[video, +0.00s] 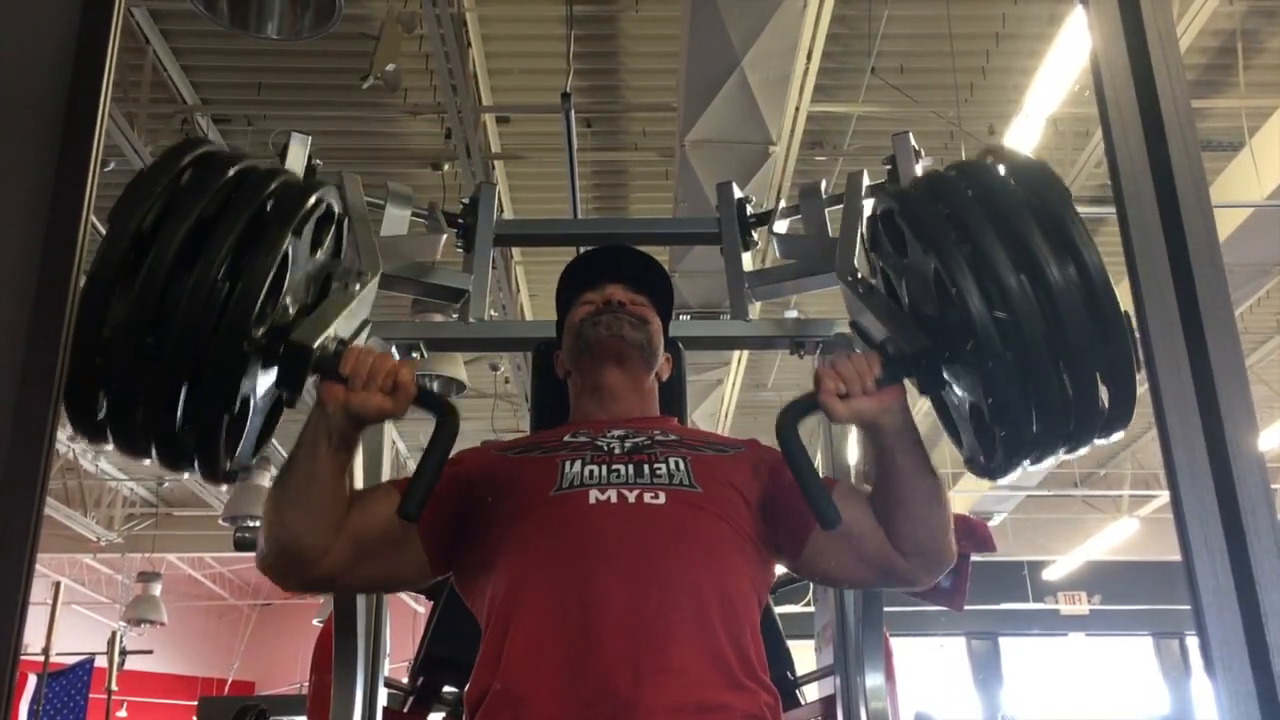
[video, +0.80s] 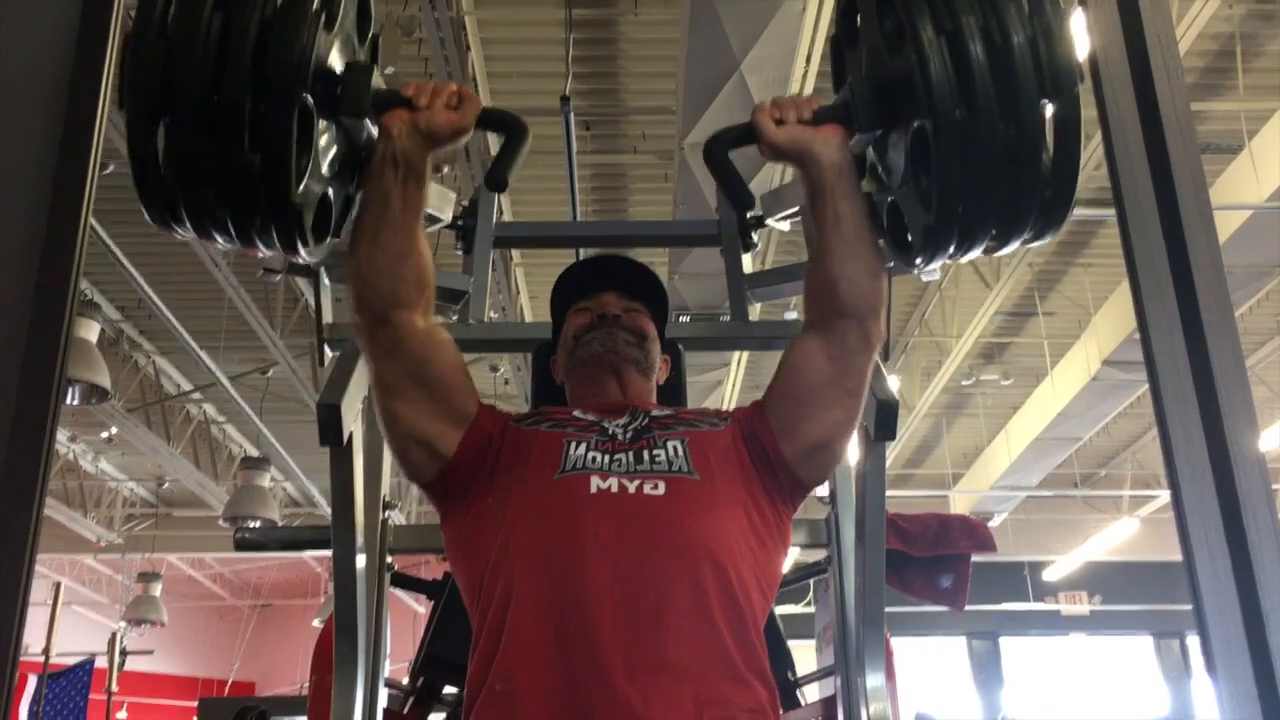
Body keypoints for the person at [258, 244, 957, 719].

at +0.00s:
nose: (616, 306)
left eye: (639, 307)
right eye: (591, 306)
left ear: (670, 360)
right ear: (557, 359)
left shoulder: (748, 465)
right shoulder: (489, 471)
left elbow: (917, 558)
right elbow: (298, 557)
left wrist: (890, 425)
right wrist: (336, 418)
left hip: (724, 705)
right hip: (530, 707)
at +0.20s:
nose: (610, 312)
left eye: (634, 313)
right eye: (586, 313)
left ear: (666, 365)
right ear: (555, 364)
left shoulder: (741, 460)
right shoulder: (487, 467)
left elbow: (925, 486)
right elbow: (293, 479)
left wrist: (867, 342)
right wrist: (358, 336)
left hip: (726, 703)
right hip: (526, 703)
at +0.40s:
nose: (610, 307)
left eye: (635, 307)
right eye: (584, 307)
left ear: (666, 360)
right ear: (554, 362)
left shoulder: (751, 454)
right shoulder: (484, 461)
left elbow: (906, 407)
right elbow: (319, 397)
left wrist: (851, 251)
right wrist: (377, 252)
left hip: (723, 704)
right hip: (527, 704)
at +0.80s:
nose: (609, 316)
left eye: (634, 316)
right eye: (585, 312)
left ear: (666, 369)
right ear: (552, 363)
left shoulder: (754, 453)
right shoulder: (485, 457)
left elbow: (847, 328)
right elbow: (395, 317)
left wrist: (828, 161)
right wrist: (404, 153)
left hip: (728, 705)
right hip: (518, 706)